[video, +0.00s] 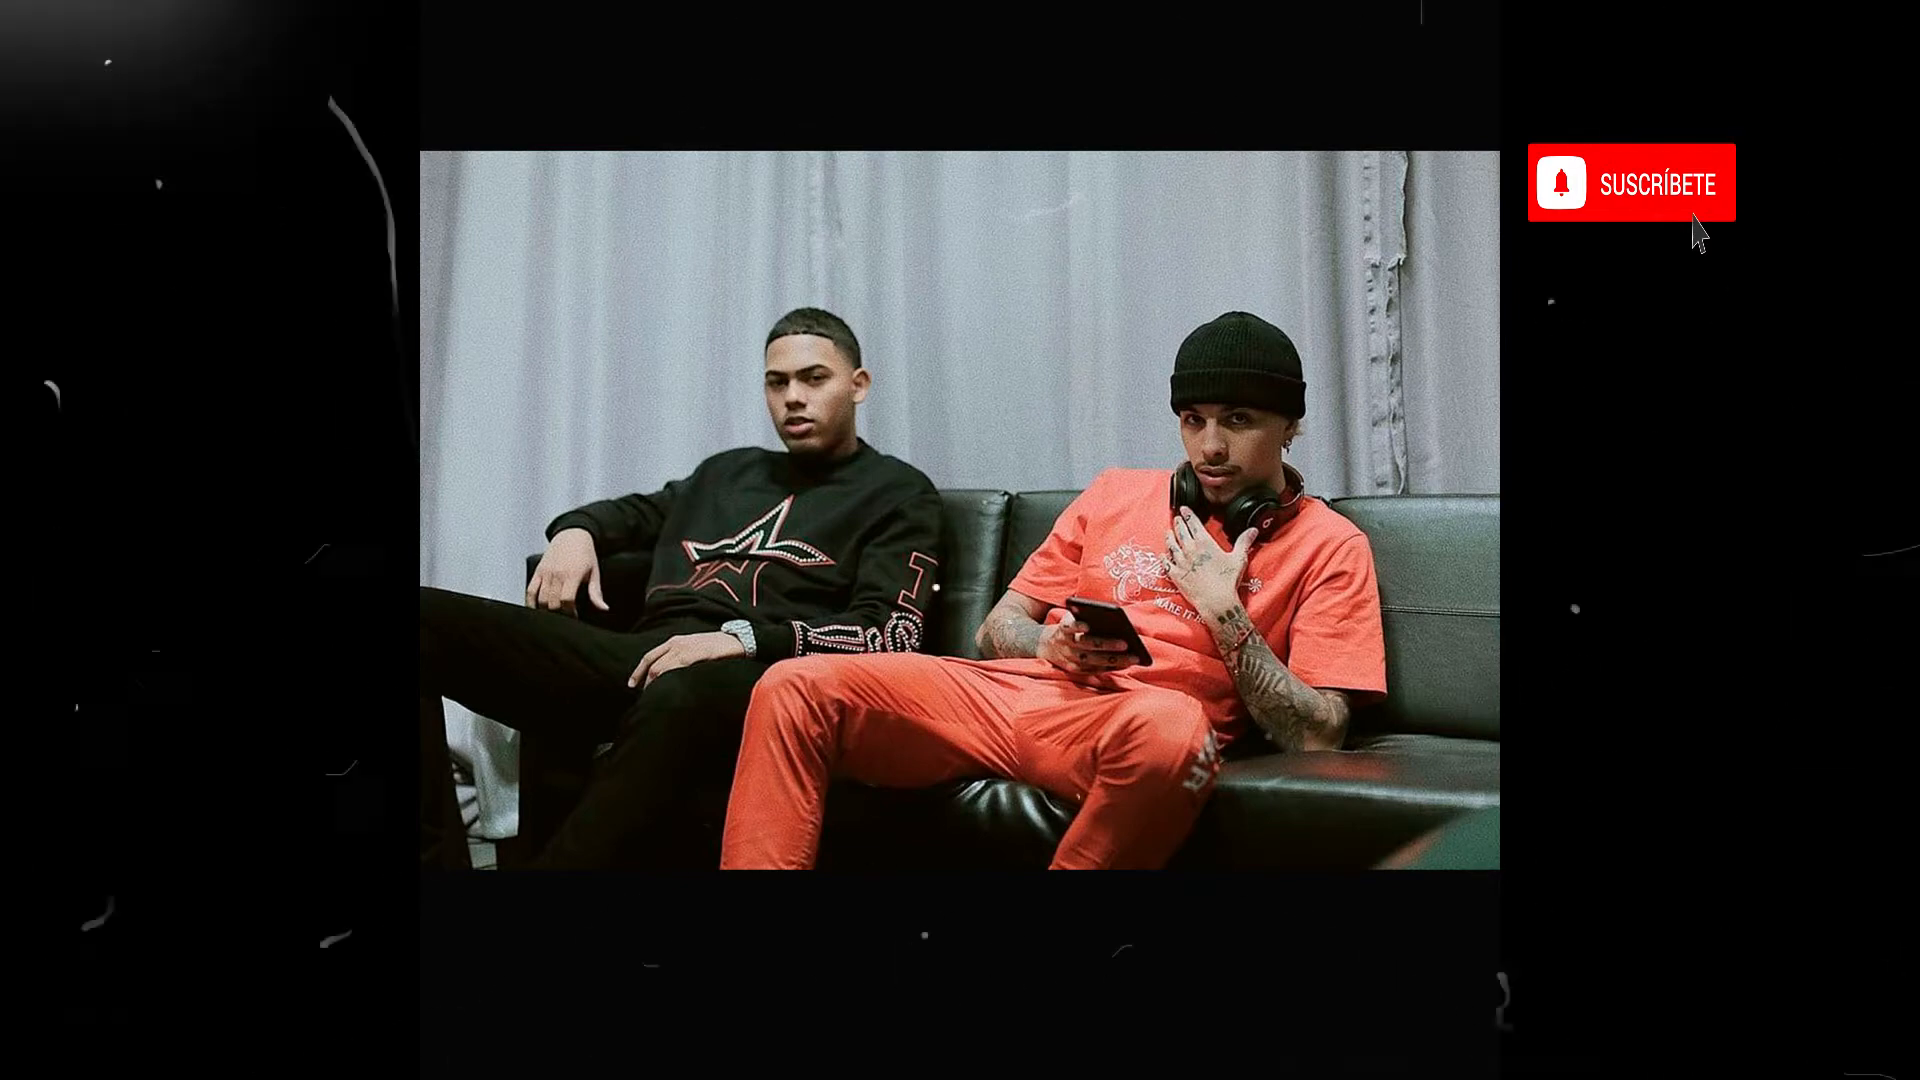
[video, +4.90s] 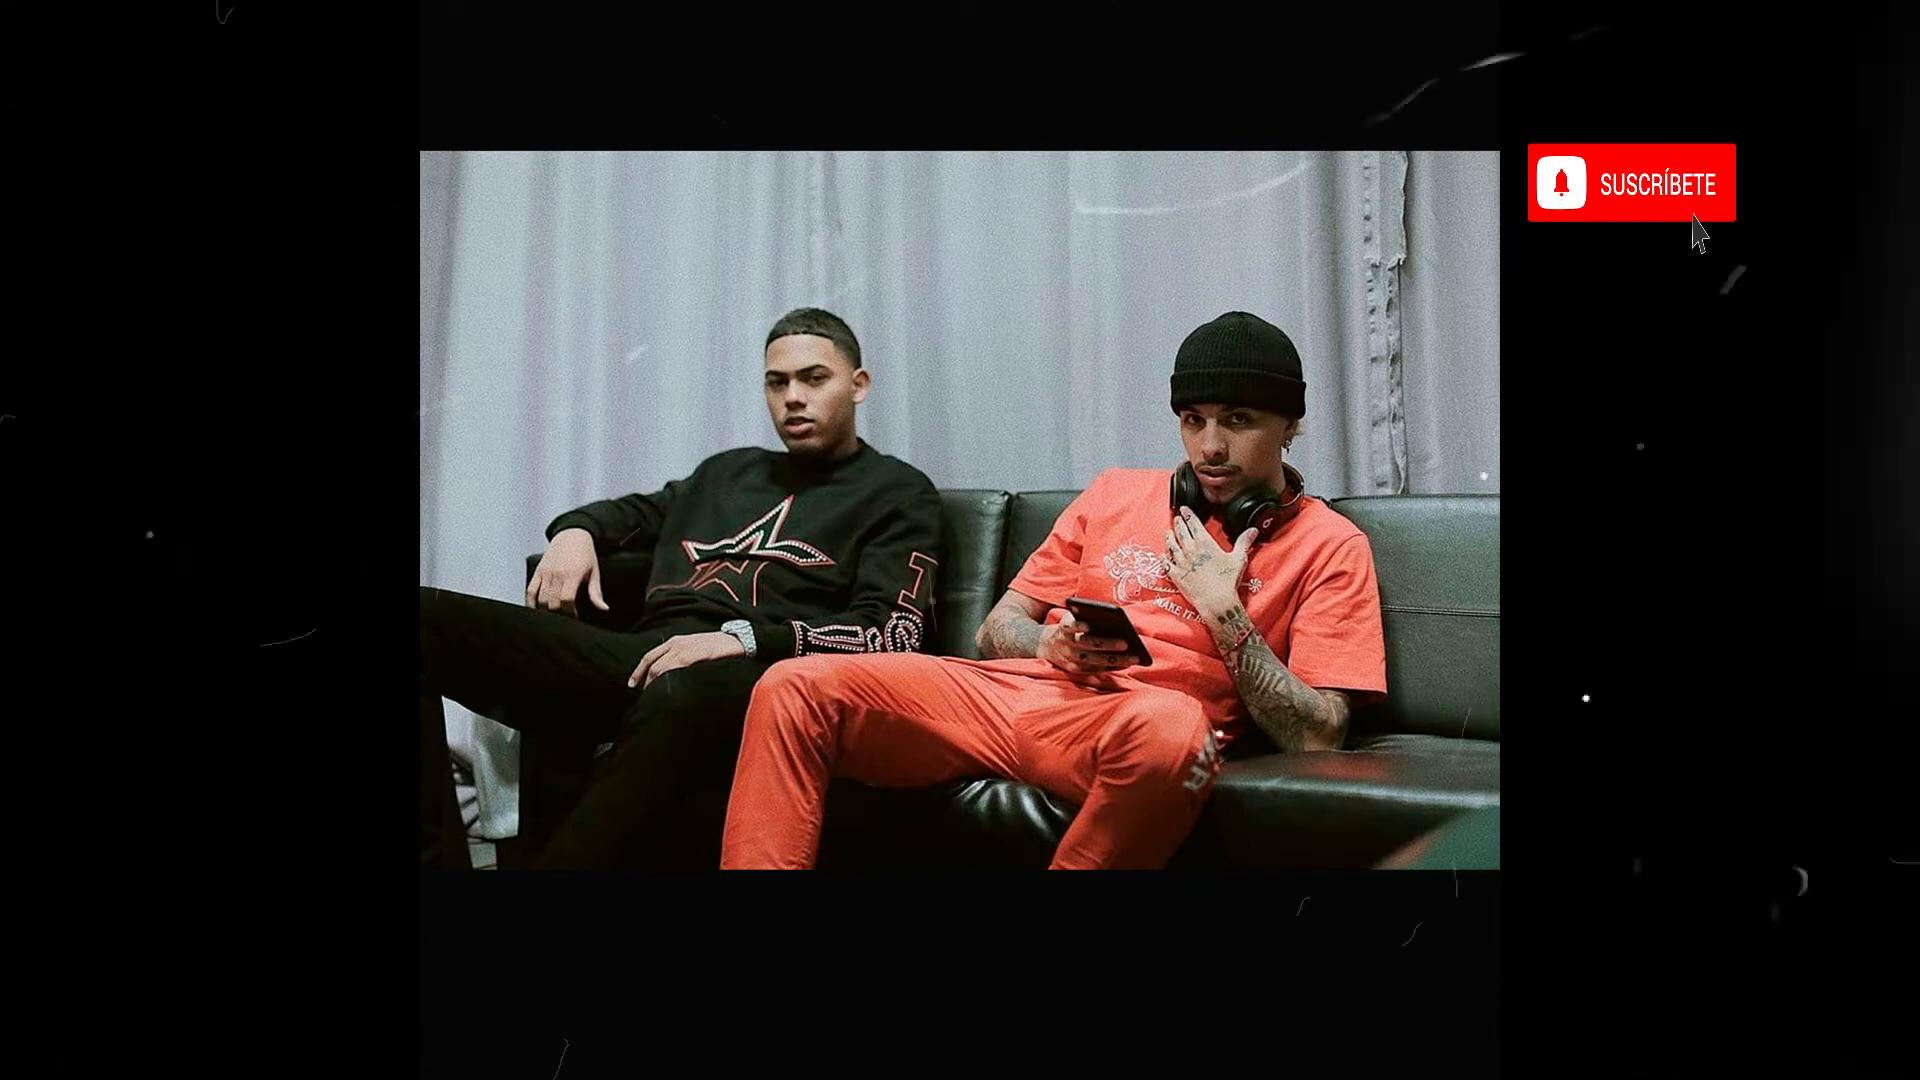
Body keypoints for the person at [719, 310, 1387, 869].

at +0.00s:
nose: (1210, 445)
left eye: (1238, 421)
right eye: (1196, 419)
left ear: (1289, 429)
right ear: (1179, 422)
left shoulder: (1328, 546)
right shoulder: (1118, 492)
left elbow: (1318, 734)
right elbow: (999, 626)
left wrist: (1227, 614)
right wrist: (1050, 647)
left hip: (1133, 707)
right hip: (1014, 685)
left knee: (1170, 747)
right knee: (792, 693)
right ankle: (758, 918)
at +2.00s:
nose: (1211, 445)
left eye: (1238, 421)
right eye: (1196, 419)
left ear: (1289, 429)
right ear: (1178, 422)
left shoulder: (1329, 545)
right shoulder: (1118, 492)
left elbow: (1318, 735)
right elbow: (999, 627)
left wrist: (1227, 615)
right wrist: (1050, 647)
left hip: (1129, 709)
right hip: (1013, 686)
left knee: (1171, 746)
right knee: (792, 693)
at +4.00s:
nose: (1210, 445)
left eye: (1238, 421)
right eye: (1195, 419)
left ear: (1288, 429)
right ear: (1179, 422)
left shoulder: (1329, 546)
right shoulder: (1117, 493)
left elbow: (1318, 735)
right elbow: (999, 625)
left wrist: (1227, 615)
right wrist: (1051, 647)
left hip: (1131, 708)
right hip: (1013, 685)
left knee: (1171, 745)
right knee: (792, 693)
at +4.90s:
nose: (1211, 445)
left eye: (1238, 422)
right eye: (1196, 419)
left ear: (1288, 428)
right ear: (1179, 422)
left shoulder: (1329, 546)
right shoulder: (1118, 493)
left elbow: (1317, 735)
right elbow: (999, 626)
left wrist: (1227, 615)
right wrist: (1052, 646)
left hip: (1132, 707)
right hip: (1013, 684)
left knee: (1171, 745)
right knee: (792, 694)